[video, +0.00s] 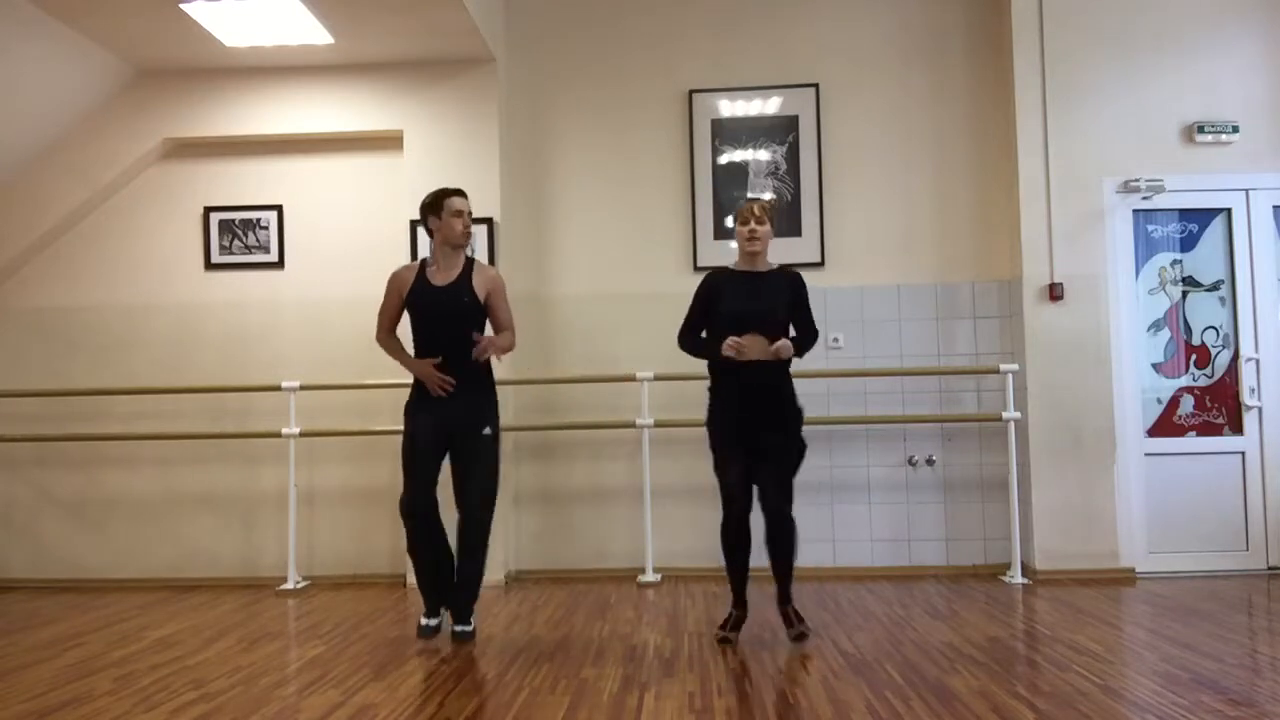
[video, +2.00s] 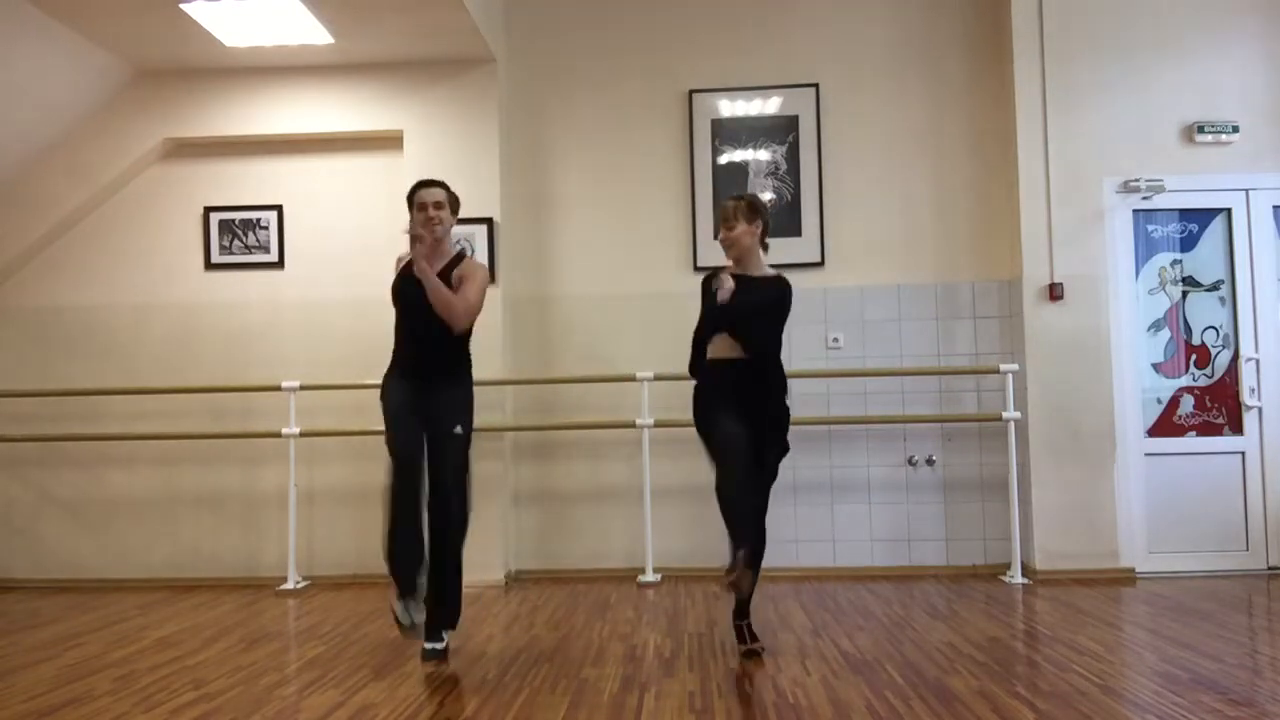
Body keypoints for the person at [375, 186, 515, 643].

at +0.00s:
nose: (466, 222)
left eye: (468, 216)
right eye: (456, 215)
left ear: (470, 224)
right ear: (432, 224)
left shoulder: (487, 278)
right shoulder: (405, 279)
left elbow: (507, 336)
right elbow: (384, 334)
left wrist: (494, 344)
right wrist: (413, 365)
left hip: (476, 405)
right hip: (427, 404)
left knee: (476, 509)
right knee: (416, 502)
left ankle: (464, 608)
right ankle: (434, 599)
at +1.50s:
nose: (440, 229)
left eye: (447, 221)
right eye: (431, 223)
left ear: (459, 230)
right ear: (417, 233)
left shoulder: (482, 285)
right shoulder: (399, 291)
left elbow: (527, 320)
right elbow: (385, 358)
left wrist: (514, 360)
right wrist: (405, 369)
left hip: (452, 403)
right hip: (405, 404)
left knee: (440, 481)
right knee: (410, 506)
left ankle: (443, 592)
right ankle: (432, 608)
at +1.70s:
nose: (429, 214)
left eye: (436, 205)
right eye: (419, 207)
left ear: (448, 212)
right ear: (406, 215)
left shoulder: (467, 267)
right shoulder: (388, 271)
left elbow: (483, 333)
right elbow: (375, 319)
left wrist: (431, 299)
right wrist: (367, 358)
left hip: (465, 388)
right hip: (417, 383)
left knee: (454, 509)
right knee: (403, 429)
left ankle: (441, 615)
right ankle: (418, 499)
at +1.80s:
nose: (429, 213)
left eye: (437, 206)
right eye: (420, 207)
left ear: (450, 214)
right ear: (407, 215)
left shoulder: (465, 270)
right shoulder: (389, 269)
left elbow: (463, 334)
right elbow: (386, 313)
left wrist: (425, 285)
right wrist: (383, 343)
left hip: (462, 387)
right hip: (416, 382)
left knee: (453, 509)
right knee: (421, 430)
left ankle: (440, 622)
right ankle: (427, 525)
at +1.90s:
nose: (433, 217)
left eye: (440, 209)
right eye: (423, 210)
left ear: (454, 216)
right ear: (411, 218)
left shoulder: (468, 277)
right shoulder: (400, 272)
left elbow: (453, 341)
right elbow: (400, 339)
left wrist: (429, 287)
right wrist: (397, 390)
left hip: (456, 401)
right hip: (408, 401)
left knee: (460, 506)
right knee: (423, 500)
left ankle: (445, 622)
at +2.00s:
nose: (431, 214)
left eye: (439, 207)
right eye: (423, 208)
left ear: (454, 215)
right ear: (411, 217)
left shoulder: (471, 268)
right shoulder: (403, 266)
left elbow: (460, 320)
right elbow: (405, 327)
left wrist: (426, 274)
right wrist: (397, 379)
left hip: (450, 392)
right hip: (402, 388)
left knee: (448, 504)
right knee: (406, 486)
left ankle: (440, 624)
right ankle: (407, 587)